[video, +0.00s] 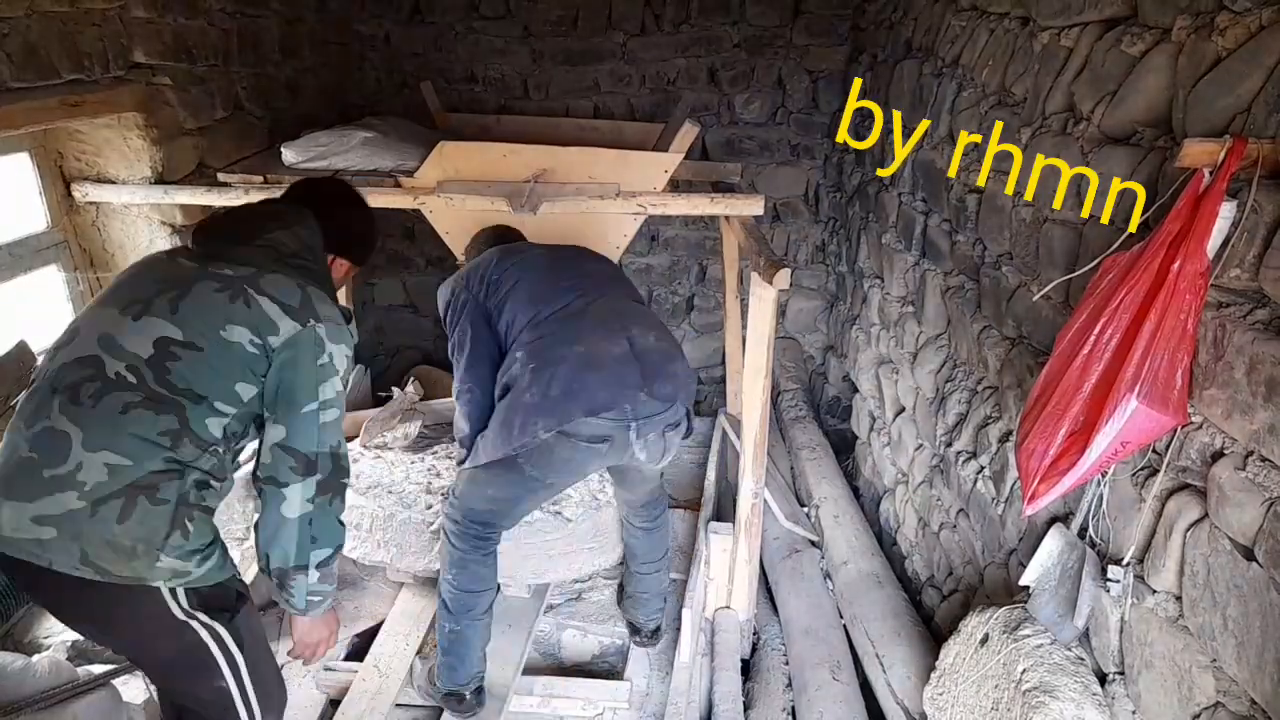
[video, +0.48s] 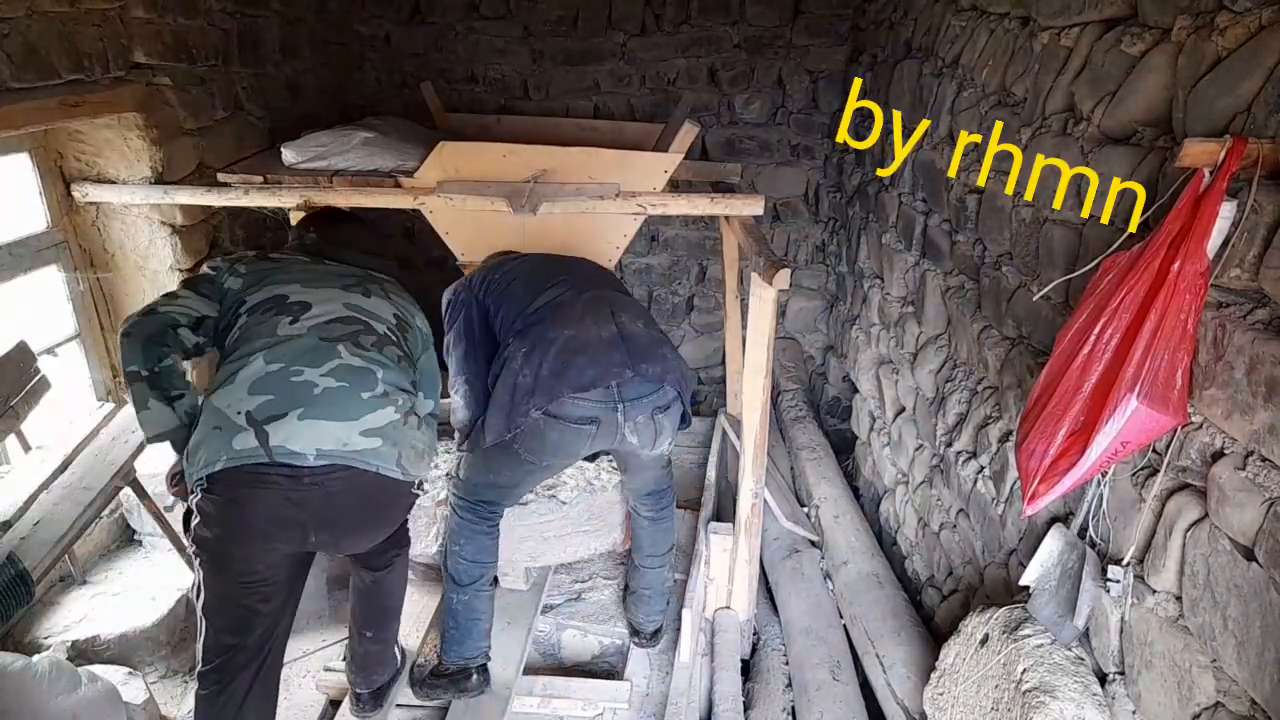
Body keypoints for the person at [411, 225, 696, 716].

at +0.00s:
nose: (464, 279)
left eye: (464, 270)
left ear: (475, 261)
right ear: (525, 244)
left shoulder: (471, 281)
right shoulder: (588, 258)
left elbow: (475, 388)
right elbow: (639, 329)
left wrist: (473, 466)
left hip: (570, 413)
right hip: (662, 408)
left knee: (472, 519)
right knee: (646, 506)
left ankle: (459, 682)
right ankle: (648, 620)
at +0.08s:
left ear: (468, 273)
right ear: (513, 260)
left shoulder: (457, 290)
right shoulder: (576, 269)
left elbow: (460, 394)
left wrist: (461, 462)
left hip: (549, 405)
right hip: (642, 400)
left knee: (468, 521)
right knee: (643, 501)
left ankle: (460, 682)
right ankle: (648, 621)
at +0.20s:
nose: (450, 276)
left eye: (450, 267)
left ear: (457, 264)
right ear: (508, 246)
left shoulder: (446, 289)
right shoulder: (576, 264)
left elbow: (461, 404)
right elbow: (625, 340)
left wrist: (467, 471)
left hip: (553, 426)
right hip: (651, 414)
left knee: (471, 519)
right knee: (643, 501)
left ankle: (462, 682)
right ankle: (648, 621)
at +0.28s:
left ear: (469, 269)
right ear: (519, 257)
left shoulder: (450, 292)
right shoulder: (576, 269)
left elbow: (456, 401)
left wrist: (467, 476)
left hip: (537, 418)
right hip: (635, 411)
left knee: (471, 519)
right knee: (643, 505)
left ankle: (460, 678)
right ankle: (648, 621)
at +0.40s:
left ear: (478, 290)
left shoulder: (462, 305)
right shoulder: (582, 281)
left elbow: (461, 406)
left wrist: (468, 465)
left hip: (548, 399)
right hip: (645, 395)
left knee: (475, 513)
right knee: (649, 501)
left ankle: (462, 673)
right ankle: (648, 621)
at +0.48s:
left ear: (480, 272)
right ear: (529, 259)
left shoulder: (467, 289)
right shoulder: (584, 270)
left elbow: (467, 393)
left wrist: (469, 450)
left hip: (560, 405)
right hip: (653, 399)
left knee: (476, 504)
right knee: (653, 499)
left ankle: (463, 661)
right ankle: (649, 620)